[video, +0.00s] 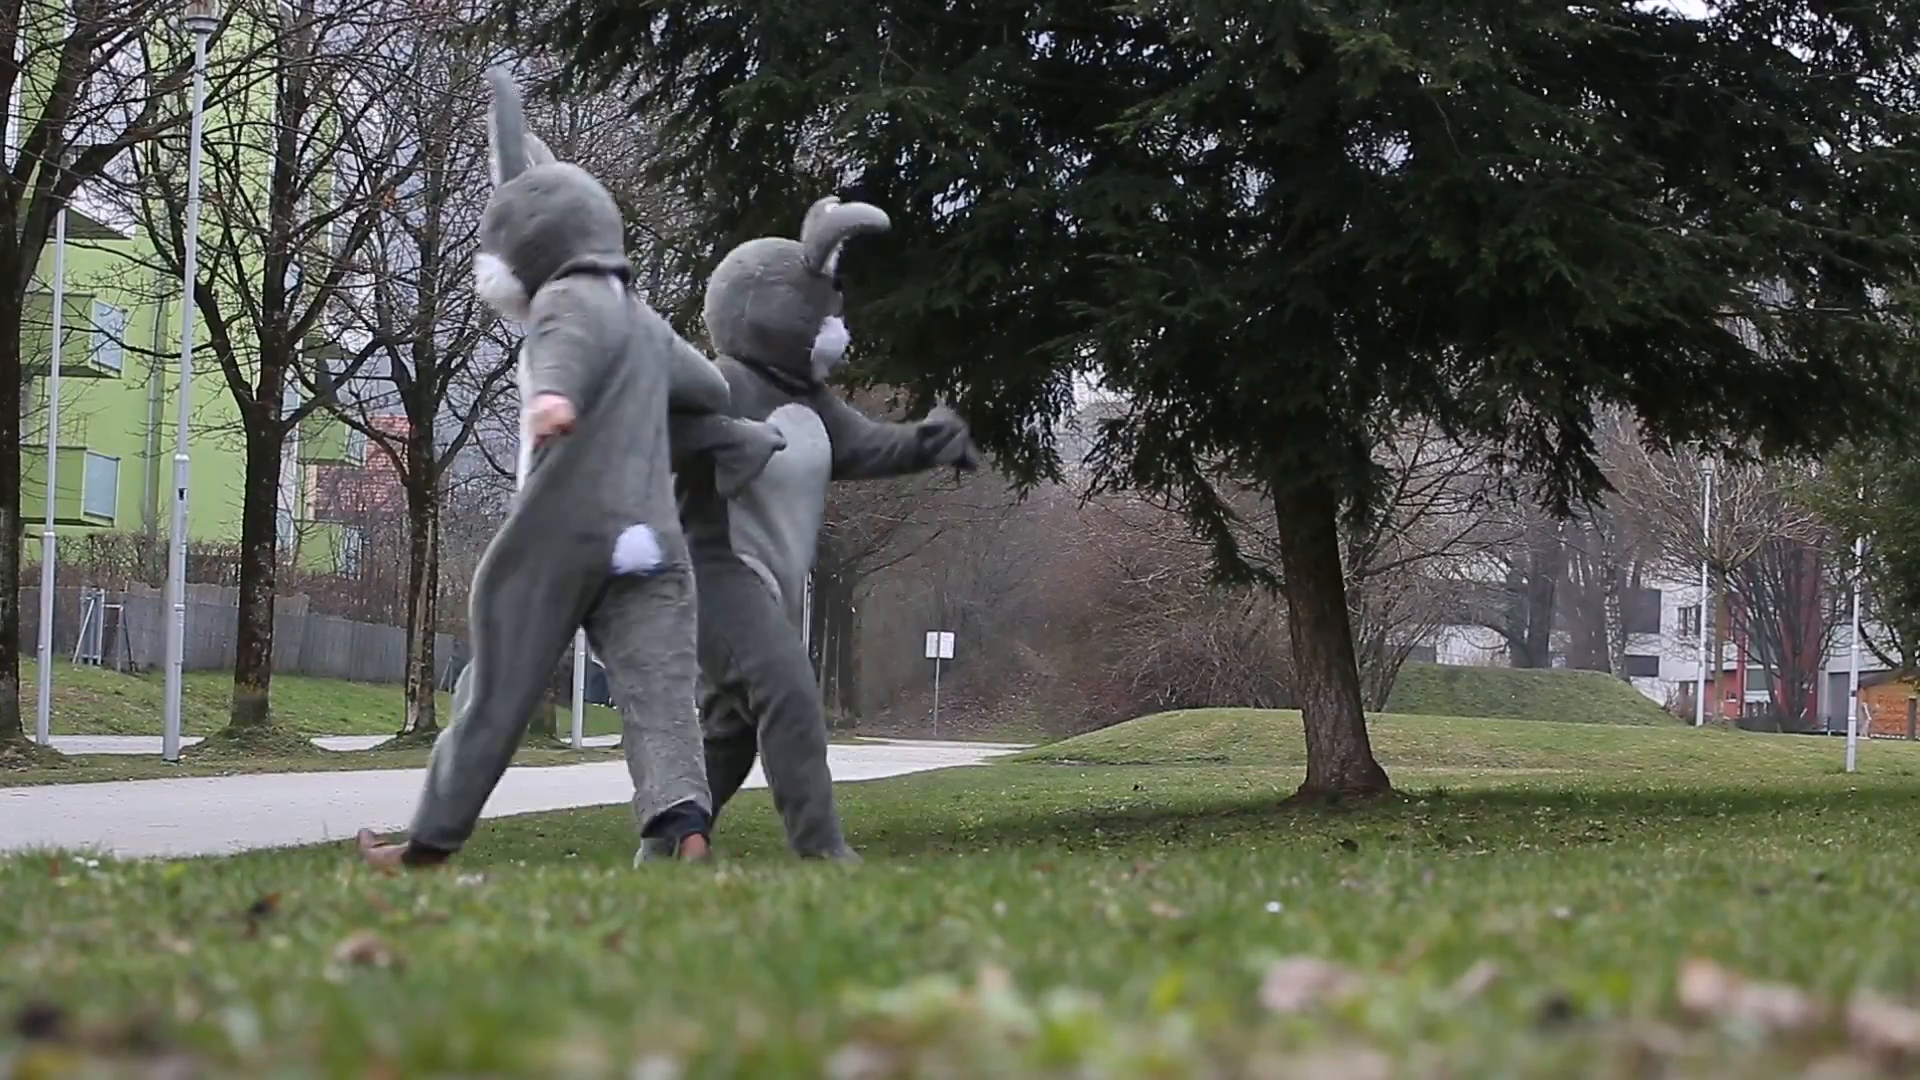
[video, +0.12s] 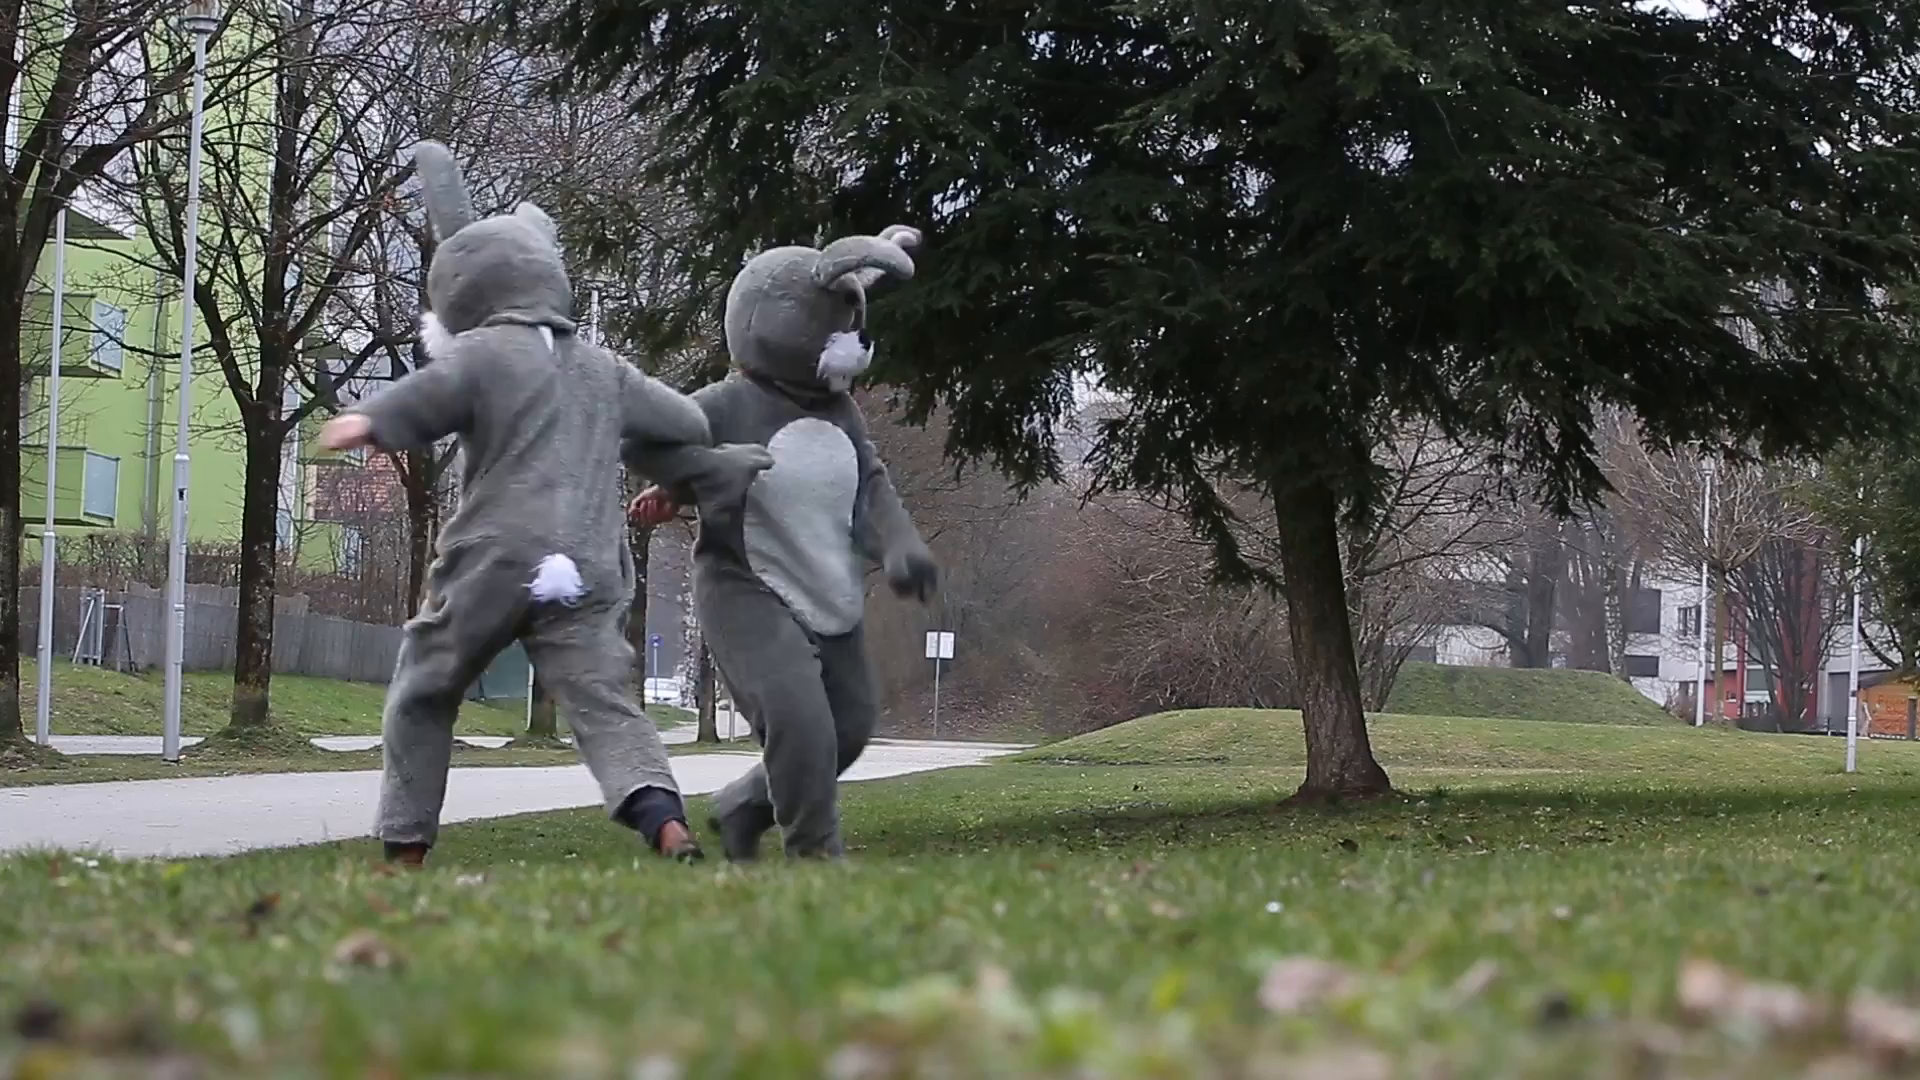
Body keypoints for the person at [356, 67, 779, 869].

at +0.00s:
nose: (506, 279)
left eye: (506, 260)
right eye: (501, 264)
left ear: (534, 246)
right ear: (600, 239)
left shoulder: (568, 298)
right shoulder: (646, 321)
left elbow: (556, 345)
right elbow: (711, 385)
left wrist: (549, 395)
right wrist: (644, 388)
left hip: (566, 522)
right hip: (653, 531)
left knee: (501, 681)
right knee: (661, 684)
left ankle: (430, 841)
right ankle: (685, 834)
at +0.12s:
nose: (442, 310)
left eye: (446, 295)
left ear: (469, 290)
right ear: (552, 284)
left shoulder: (483, 351)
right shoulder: (604, 367)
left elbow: (431, 392)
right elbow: (686, 423)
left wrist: (373, 418)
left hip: (495, 550)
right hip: (589, 559)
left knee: (426, 686)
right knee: (606, 696)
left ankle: (406, 837)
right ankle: (667, 824)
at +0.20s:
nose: (416, 298)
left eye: (421, 286)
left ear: (439, 286)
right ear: (525, 282)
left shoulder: (432, 350)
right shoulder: (577, 358)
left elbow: (338, 390)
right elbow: (665, 426)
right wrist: (661, 477)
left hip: (469, 541)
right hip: (565, 546)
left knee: (420, 680)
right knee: (571, 699)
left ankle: (413, 838)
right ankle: (638, 792)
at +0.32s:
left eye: (411, 236)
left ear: (418, 247)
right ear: (511, 244)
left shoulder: (386, 321)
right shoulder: (554, 317)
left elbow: (288, 358)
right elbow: (651, 387)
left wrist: (198, 379)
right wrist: (665, 401)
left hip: (451, 514)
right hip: (555, 511)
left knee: (422, 684)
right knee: (550, 660)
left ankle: (413, 842)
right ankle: (564, 728)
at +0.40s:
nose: (534, 237)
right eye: (528, 226)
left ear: (418, 226)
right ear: (508, 223)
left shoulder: (381, 300)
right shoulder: (541, 291)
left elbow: (298, 356)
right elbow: (630, 368)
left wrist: (245, 394)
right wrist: (665, 397)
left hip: (431, 500)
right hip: (546, 493)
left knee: (418, 661)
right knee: (542, 635)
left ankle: (401, 832)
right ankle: (516, 757)